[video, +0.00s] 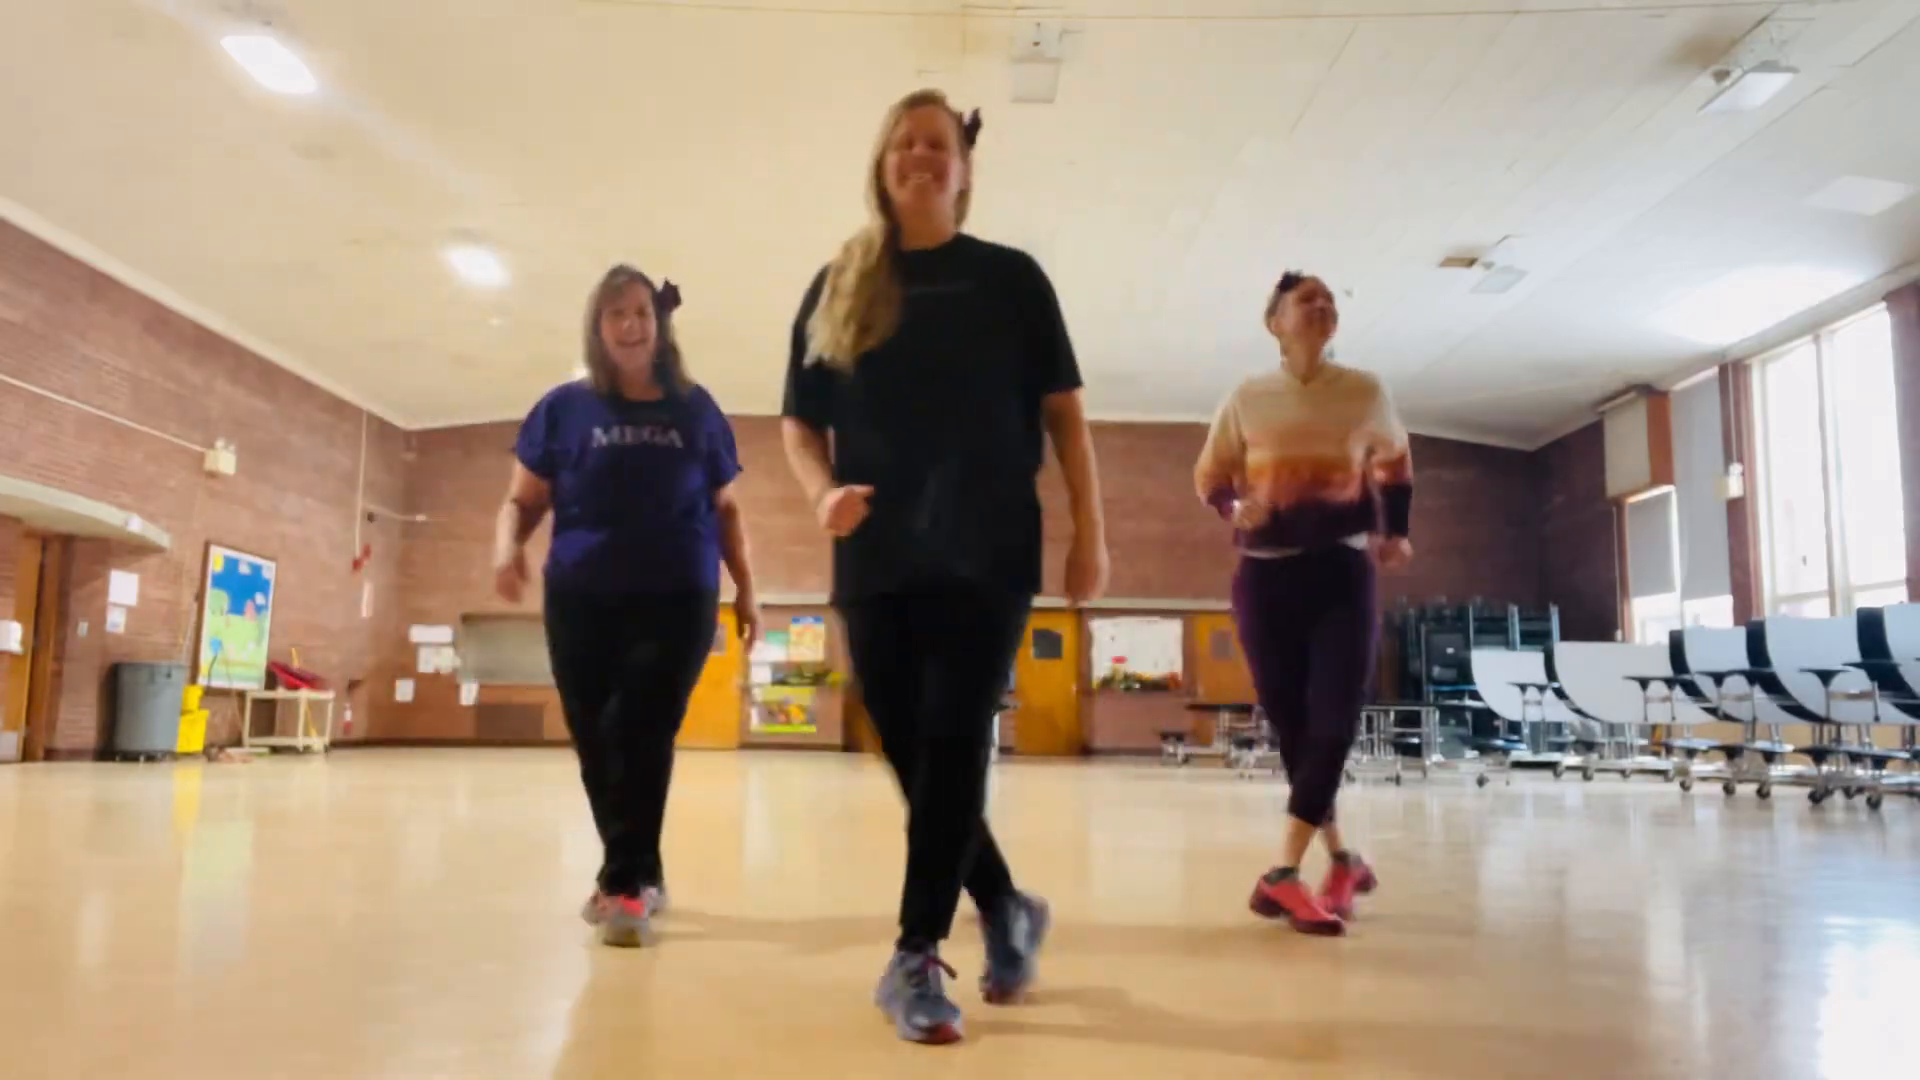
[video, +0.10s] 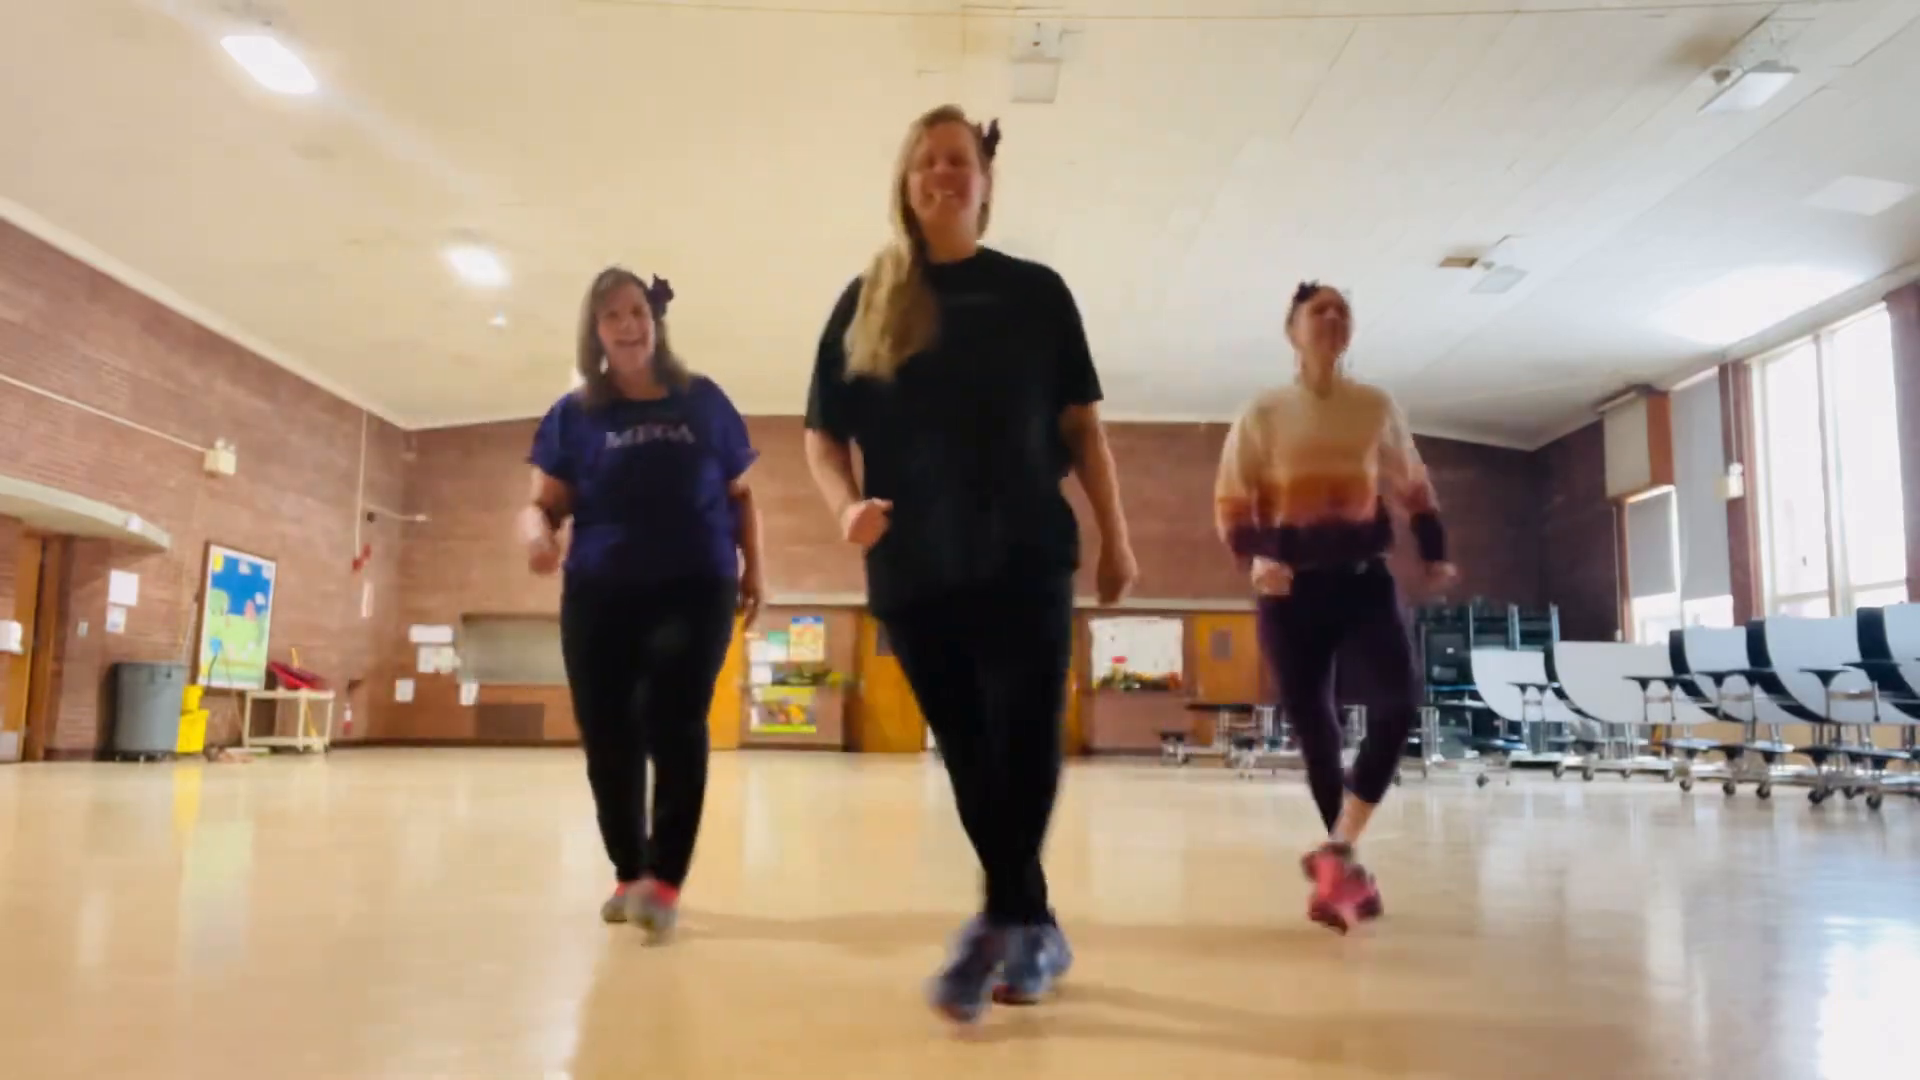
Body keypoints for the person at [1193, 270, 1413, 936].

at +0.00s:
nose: (1320, 306)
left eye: (1327, 299)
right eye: (1304, 299)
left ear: (1336, 322)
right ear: (1274, 322)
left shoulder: (1362, 391)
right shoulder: (1246, 399)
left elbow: (1395, 463)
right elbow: (1209, 476)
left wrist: (1394, 528)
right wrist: (1232, 506)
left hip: (1342, 571)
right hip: (1267, 576)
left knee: (1332, 722)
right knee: (1292, 726)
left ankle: (1284, 873)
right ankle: (1342, 860)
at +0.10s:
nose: (1333, 320)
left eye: (1341, 313)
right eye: (1319, 311)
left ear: (1351, 332)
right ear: (1292, 330)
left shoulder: (1377, 409)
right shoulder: (1260, 417)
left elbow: (1415, 489)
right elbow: (1233, 506)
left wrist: (1435, 551)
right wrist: (1255, 557)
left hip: (1362, 581)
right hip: (1291, 584)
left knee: (1397, 708)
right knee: (1317, 732)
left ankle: (1337, 851)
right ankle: (1350, 870)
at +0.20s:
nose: (1351, 311)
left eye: (1359, 304)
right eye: (1337, 303)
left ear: (1369, 323)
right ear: (1312, 321)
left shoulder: (1394, 398)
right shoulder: (1281, 406)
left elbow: (1447, 453)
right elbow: (1245, 494)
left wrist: (1470, 492)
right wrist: (1268, 547)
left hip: (1380, 569)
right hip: (1308, 573)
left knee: (1438, 687)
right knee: (1326, 727)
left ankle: (1402, 836)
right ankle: (1353, 872)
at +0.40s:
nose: (1397, 307)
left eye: (1406, 300)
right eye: (1385, 298)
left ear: (1418, 320)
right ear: (1361, 316)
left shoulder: (1446, 394)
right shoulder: (1330, 394)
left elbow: (1539, 425)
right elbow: (1294, 478)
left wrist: (1527, 424)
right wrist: (1319, 520)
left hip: (1429, 569)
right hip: (1354, 574)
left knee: (1481, 715)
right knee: (1358, 728)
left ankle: (1505, 861)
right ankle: (1356, 876)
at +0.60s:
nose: (1442, 323)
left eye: (1453, 315)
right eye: (1430, 315)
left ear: (1470, 331)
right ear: (1411, 331)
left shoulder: (1499, 405)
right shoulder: (1384, 413)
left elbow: (1565, 483)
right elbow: (1357, 507)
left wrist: (1520, 420)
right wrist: (1381, 506)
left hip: (1481, 582)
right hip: (1403, 579)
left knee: (1508, 737)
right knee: (1363, 705)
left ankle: (1513, 883)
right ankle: (1371, 824)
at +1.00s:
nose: (1450, 325)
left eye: (1461, 315)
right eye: (1438, 315)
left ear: (1480, 326)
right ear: (1421, 328)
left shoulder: (1515, 405)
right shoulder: (1391, 407)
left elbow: (1538, 501)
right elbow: (1363, 499)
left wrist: (1475, 480)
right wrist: (1423, 482)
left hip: (1479, 586)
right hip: (1400, 582)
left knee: (1484, 737)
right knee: (1386, 728)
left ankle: (1469, 879)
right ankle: (1386, 861)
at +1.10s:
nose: (1446, 322)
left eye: (1458, 312)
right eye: (1435, 312)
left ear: (1478, 324)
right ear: (1419, 324)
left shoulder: (1509, 409)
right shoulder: (1384, 403)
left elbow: (1538, 502)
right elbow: (1340, 487)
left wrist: (1510, 536)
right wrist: (1382, 524)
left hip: (1469, 581)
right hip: (1390, 578)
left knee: (1484, 737)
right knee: (1372, 721)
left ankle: (1473, 879)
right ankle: (1387, 841)